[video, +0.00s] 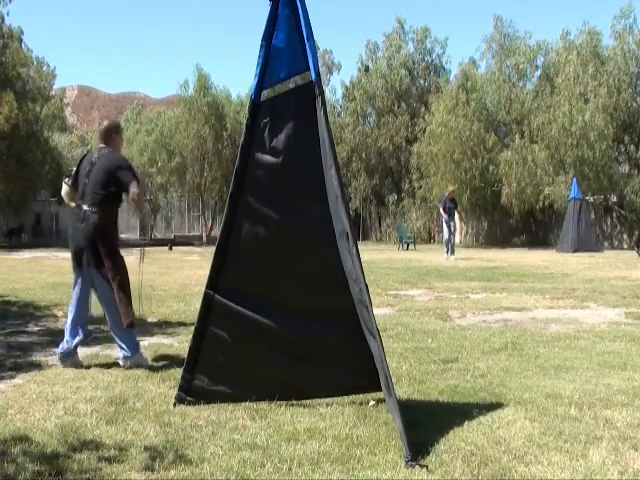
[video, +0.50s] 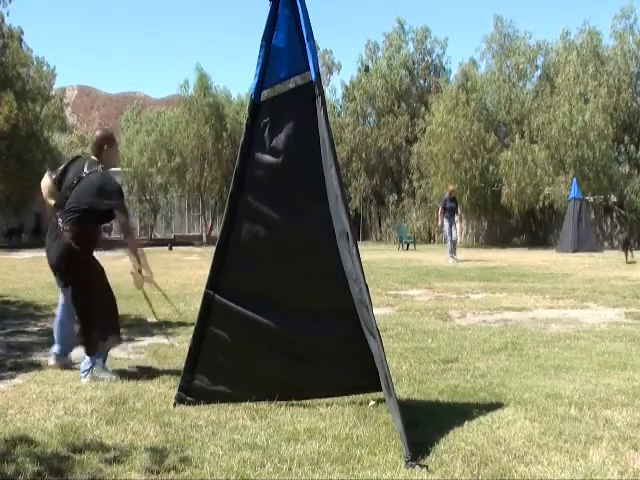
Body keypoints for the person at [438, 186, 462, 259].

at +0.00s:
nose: (450, 195)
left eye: (451, 193)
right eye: (449, 193)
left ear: (453, 194)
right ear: (447, 194)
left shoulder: (454, 200)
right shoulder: (444, 200)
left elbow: (457, 209)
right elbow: (441, 208)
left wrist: (461, 217)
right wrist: (444, 215)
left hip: (452, 218)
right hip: (446, 218)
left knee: (452, 236)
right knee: (447, 236)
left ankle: (452, 253)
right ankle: (446, 252)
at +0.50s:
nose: (453, 194)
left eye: (453, 192)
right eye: (451, 192)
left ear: (454, 192)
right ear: (449, 192)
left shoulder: (454, 199)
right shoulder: (445, 200)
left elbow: (456, 209)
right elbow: (440, 211)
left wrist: (458, 215)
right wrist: (440, 221)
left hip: (453, 217)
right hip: (446, 218)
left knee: (454, 237)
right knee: (449, 237)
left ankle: (453, 253)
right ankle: (450, 254)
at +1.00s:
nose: (450, 192)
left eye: (451, 191)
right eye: (449, 191)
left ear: (453, 191)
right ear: (446, 191)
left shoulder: (454, 199)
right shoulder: (443, 199)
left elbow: (457, 210)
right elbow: (439, 209)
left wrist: (460, 221)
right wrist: (439, 220)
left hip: (452, 220)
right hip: (444, 220)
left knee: (452, 239)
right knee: (446, 239)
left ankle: (452, 257)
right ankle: (447, 254)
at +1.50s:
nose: (443, 192)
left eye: (444, 190)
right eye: (442, 190)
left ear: (446, 191)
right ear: (440, 191)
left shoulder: (449, 200)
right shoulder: (437, 200)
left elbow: (452, 211)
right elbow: (432, 211)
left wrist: (451, 222)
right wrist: (430, 221)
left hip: (447, 220)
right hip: (439, 220)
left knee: (447, 240)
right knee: (441, 240)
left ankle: (449, 257)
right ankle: (443, 258)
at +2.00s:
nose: (437, 191)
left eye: (439, 189)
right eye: (436, 189)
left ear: (441, 190)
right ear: (434, 190)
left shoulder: (443, 198)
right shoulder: (432, 199)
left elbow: (446, 208)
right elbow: (428, 209)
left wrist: (447, 218)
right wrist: (427, 218)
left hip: (441, 219)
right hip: (433, 219)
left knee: (440, 238)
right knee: (433, 238)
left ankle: (440, 254)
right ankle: (433, 254)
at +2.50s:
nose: (427, 188)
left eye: (428, 186)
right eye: (425, 186)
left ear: (431, 187)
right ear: (424, 187)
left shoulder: (435, 198)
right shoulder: (422, 198)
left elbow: (437, 210)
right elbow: (419, 209)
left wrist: (438, 221)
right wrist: (417, 219)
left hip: (432, 220)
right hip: (424, 219)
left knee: (432, 241)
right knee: (426, 241)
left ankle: (434, 259)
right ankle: (428, 262)